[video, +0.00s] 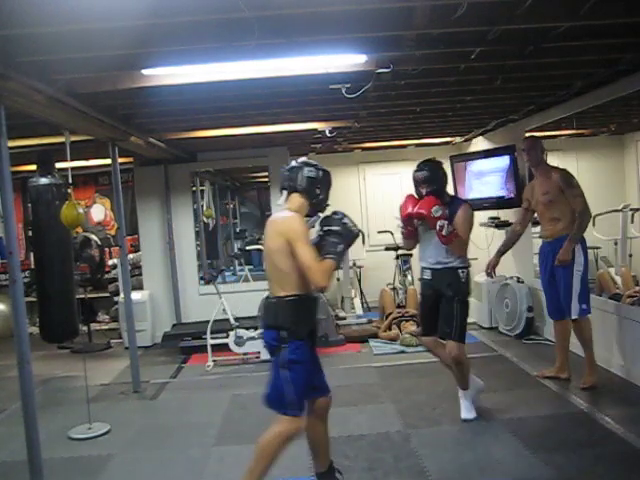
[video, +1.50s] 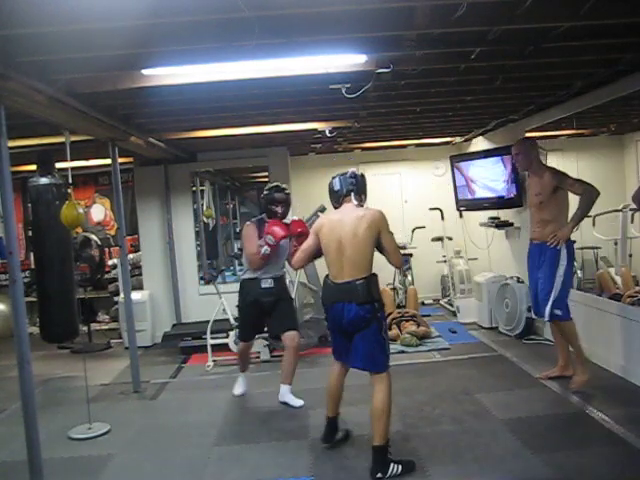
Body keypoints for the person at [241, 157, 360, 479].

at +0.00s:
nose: (323, 198)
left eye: (323, 192)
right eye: (322, 190)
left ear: (291, 187)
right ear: (314, 189)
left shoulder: (278, 221)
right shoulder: (292, 222)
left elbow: (302, 275)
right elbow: (319, 279)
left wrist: (326, 246)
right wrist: (336, 248)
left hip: (288, 322)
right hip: (288, 325)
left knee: (319, 402)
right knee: (292, 419)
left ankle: (325, 473)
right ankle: (251, 475)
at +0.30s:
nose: (356, 193)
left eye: (354, 187)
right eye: (354, 186)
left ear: (323, 182)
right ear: (346, 185)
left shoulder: (304, 217)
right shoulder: (338, 219)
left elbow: (293, 266)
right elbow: (369, 272)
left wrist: (327, 248)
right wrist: (376, 235)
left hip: (309, 313)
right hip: (333, 317)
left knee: (334, 398)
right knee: (370, 401)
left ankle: (327, 471)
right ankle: (362, 475)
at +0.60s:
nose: (369, 191)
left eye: (366, 186)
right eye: (367, 186)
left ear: (338, 187)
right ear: (360, 185)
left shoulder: (321, 219)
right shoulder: (374, 214)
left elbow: (306, 257)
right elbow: (404, 264)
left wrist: (326, 232)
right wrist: (397, 236)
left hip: (336, 308)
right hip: (366, 308)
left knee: (355, 386)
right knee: (370, 398)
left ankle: (366, 447)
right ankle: (361, 473)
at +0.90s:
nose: (376, 195)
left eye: (370, 192)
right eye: (375, 191)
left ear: (347, 190)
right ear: (372, 191)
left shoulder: (330, 222)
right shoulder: (382, 217)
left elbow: (313, 265)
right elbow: (410, 264)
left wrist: (337, 245)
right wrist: (397, 245)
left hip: (345, 309)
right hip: (375, 308)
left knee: (368, 372)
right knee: (404, 382)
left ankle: (366, 439)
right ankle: (397, 466)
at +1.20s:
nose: (366, 208)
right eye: (366, 204)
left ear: (338, 207)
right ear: (363, 203)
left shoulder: (328, 228)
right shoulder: (374, 224)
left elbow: (307, 245)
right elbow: (400, 270)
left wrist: (329, 243)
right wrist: (398, 253)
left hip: (338, 308)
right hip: (366, 308)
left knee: (355, 373)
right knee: (399, 384)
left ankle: (351, 433)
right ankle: (389, 462)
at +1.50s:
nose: (366, 198)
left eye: (361, 195)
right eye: (365, 194)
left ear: (336, 197)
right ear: (360, 194)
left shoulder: (323, 222)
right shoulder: (373, 216)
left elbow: (296, 262)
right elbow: (396, 261)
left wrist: (321, 246)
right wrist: (397, 249)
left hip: (333, 300)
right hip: (364, 301)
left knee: (340, 361)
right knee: (380, 377)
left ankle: (330, 430)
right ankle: (380, 462)